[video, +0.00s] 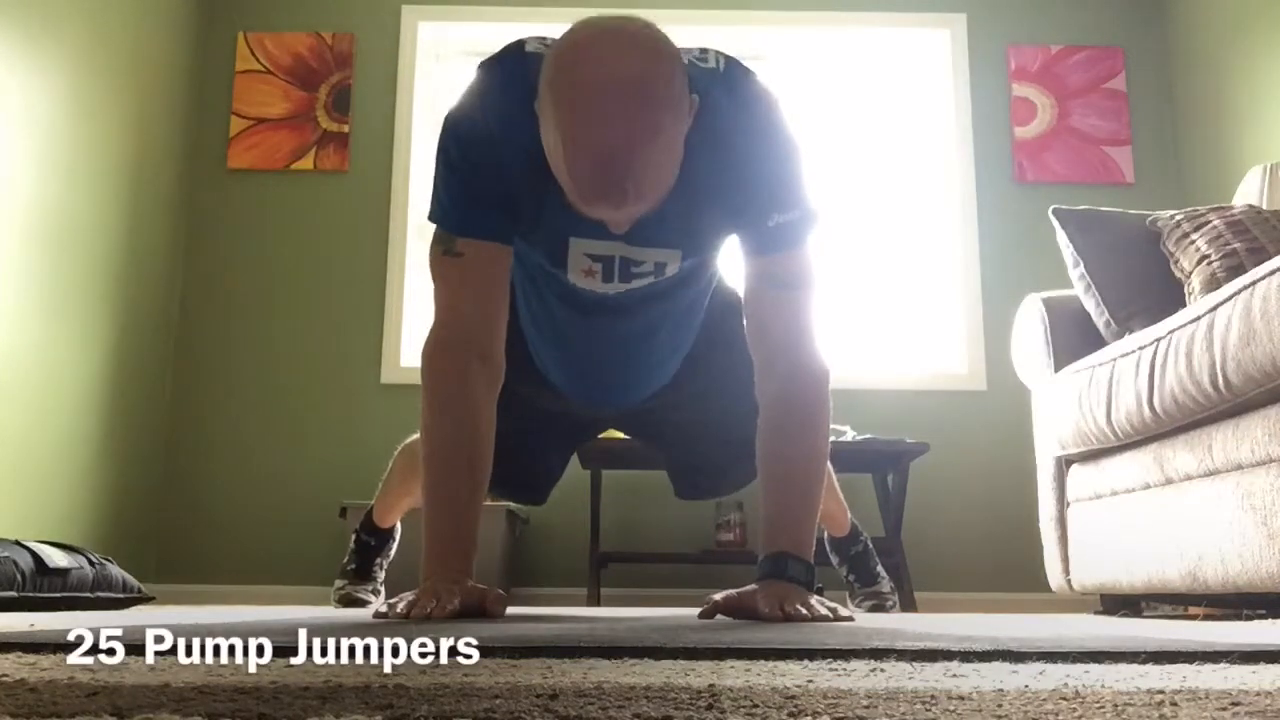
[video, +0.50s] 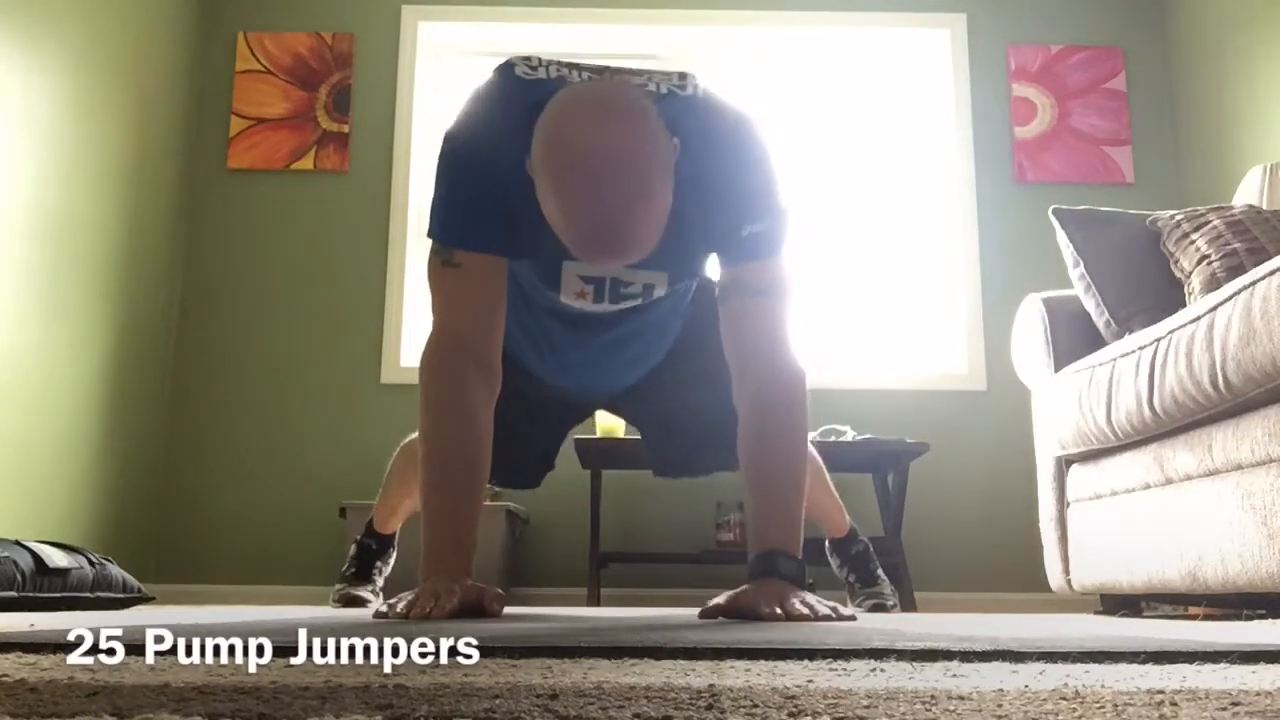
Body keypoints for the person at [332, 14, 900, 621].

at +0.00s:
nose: (613, 216)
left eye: (636, 200)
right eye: (589, 200)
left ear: (686, 115)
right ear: (546, 119)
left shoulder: (744, 122)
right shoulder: (489, 120)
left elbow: (789, 358)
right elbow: (461, 351)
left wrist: (786, 575)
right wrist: (445, 584)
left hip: (685, 336)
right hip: (534, 337)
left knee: (787, 442)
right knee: (445, 453)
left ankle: (848, 544)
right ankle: (375, 521)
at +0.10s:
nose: (616, 228)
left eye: (636, 212)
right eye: (591, 213)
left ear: (683, 128)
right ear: (543, 139)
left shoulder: (743, 129)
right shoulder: (489, 127)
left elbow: (789, 367)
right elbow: (461, 356)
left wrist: (785, 571)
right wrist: (447, 581)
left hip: (686, 328)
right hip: (537, 329)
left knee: (791, 445)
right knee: (442, 451)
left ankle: (852, 544)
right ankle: (375, 528)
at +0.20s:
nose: (612, 238)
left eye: (634, 223)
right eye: (589, 224)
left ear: (679, 137)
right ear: (542, 148)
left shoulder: (739, 132)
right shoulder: (493, 126)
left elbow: (786, 367)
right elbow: (464, 355)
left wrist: (785, 569)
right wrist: (449, 579)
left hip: (683, 323)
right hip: (538, 323)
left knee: (788, 438)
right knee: (446, 451)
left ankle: (853, 543)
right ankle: (378, 526)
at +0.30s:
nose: (612, 241)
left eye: (634, 228)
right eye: (590, 229)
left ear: (679, 147)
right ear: (544, 153)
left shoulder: (739, 139)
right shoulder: (497, 126)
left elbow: (781, 361)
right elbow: (464, 356)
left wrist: (787, 560)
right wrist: (448, 576)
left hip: (676, 318)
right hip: (535, 320)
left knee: (780, 431)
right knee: (450, 450)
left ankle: (854, 548)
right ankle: (377, 531)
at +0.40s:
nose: (611, 250)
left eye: (635, 240)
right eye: (590, 240)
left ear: (678, 158)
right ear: (547, 162)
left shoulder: (735, 146)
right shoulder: (492, 134)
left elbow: (766, 367)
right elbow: (463, 360)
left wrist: (777, 566)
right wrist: (448, 577)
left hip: (674, 321)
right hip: (534, 327)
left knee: (775, 438)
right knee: (452, 451)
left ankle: (853, 547)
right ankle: (376, 532)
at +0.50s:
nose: (605, 283)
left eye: (631, 269)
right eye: (584, 267)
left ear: (672, 167)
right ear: (536, 176)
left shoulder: (731, 154)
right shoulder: (482, 145)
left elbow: (768, 369)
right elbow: (459, 361)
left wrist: (776, 571)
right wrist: (448, 578)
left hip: (671, 330)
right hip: (529, 338)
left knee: (771, 439)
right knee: (449, 452)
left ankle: (854, 549)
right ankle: (374, 534)